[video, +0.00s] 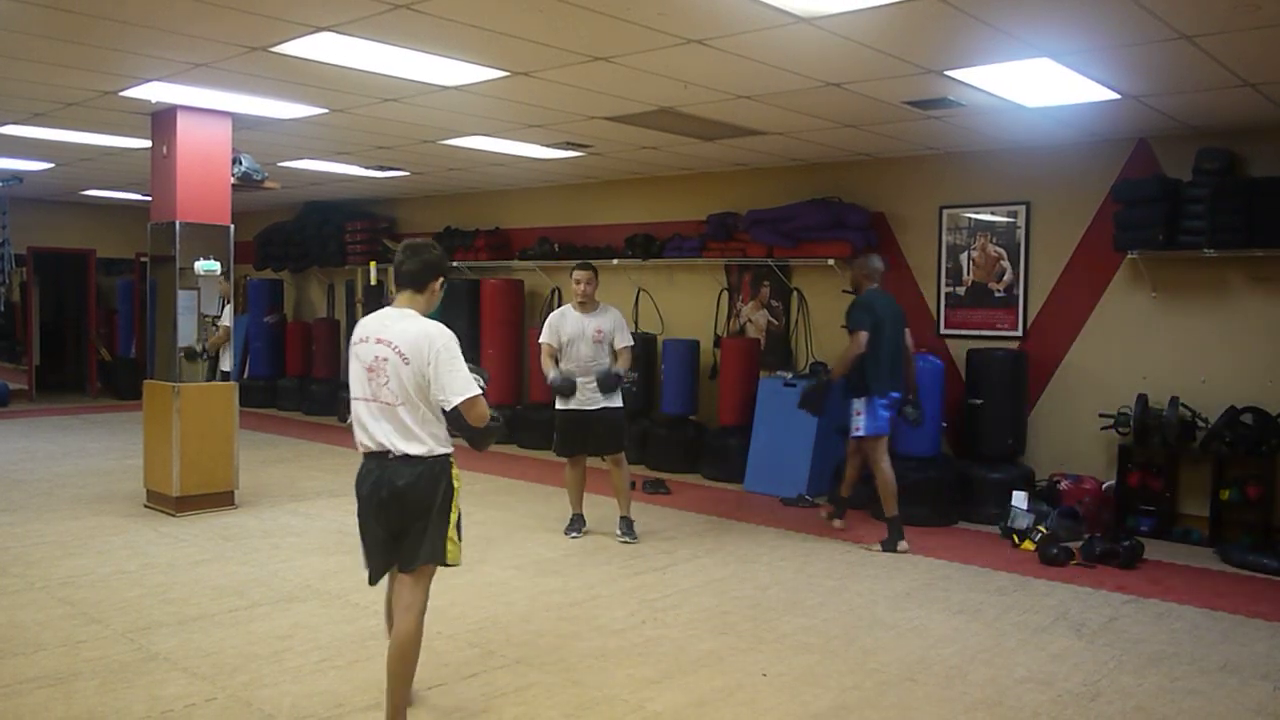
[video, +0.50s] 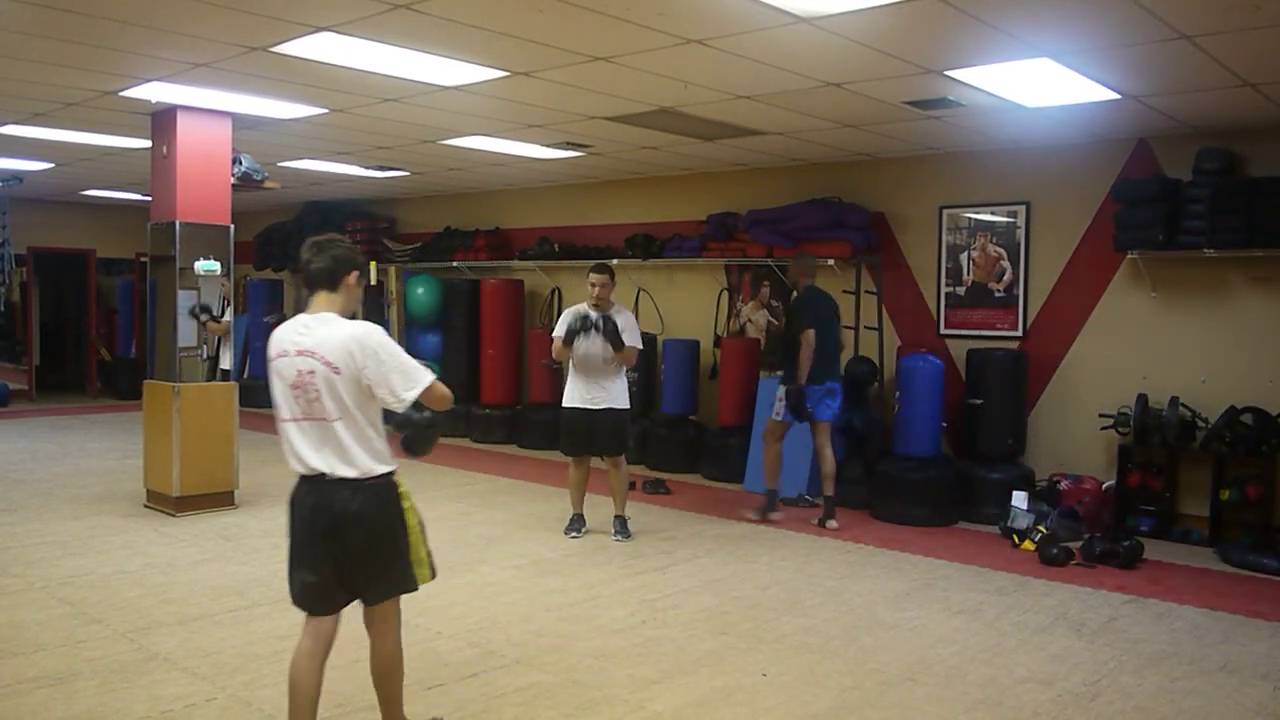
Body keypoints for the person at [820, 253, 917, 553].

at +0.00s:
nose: (850, 278)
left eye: (852, 274)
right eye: (852, 273)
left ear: (861, 275)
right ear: (878, 276)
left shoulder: (861, 305)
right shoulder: (892, 305)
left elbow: (859, 343)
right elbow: (909, 347)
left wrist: (833, 374)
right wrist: (910, 388)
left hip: (870, 392)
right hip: (890, 390)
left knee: (879, 458)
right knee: (856, 449)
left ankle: (896, 535)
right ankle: (838, 506)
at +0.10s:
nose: (837, 278)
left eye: (839, 273)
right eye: (838, 272)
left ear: (847, 277)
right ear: (866, 277)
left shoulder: (847, 306)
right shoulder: (878, 304)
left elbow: (845, 346)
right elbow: (894, 344)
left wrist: (820, 377)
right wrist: (895, 386)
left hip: (855, 392)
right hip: (874, 390)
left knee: (862, 457)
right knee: (842, 450)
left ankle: (891, 528)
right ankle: (830, 514)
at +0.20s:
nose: (826, 277)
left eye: (828, 272)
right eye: (828, 271)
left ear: (836, 275)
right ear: (855, 276)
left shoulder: (834, 304)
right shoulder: (869, 305)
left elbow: (836, 343)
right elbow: (878, 345)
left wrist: (815, 375)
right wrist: (876, 383)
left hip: (837, 387)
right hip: (861, 386)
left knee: (829, 450)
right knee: (836, 450)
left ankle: (871, 508)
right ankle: (829, 513)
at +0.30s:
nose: (814, 274)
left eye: (817, 269)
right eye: (816, 269)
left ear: (824, 272)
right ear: (840, 273)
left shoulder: (825, 301)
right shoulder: (853, 300)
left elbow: (828, 343)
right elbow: (864, 345)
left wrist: (810, 380)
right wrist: (852, 371)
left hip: (831, 383)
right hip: (851, 383)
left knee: (801, 441)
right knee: (830, 441)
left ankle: (840, 494)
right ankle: (830, 511)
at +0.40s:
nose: (801, 272)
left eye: (804, 267)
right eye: (802, 267)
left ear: (813, 271)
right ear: (826, 272)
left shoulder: (814, 300)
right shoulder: (842, 300)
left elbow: (819, 342)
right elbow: (853, 343)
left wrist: (806, 382)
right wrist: (839, 370)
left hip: (818, 382)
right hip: (841, 382)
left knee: (783, 435)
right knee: (827, 441)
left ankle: (805, 490)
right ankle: (829, 507)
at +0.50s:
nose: (787, 275)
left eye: (789, 270)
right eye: (789, 270)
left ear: (797, 273)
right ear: (813, 272)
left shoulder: (800, 301)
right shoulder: (829, 300)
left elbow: (809, 342)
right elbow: (840, 344)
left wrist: (799, 384)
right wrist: (825, 369)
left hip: (803, 381)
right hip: (829, 381)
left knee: (772, 436)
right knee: (823, 443)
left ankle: (771, 502)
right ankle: (829, 512)